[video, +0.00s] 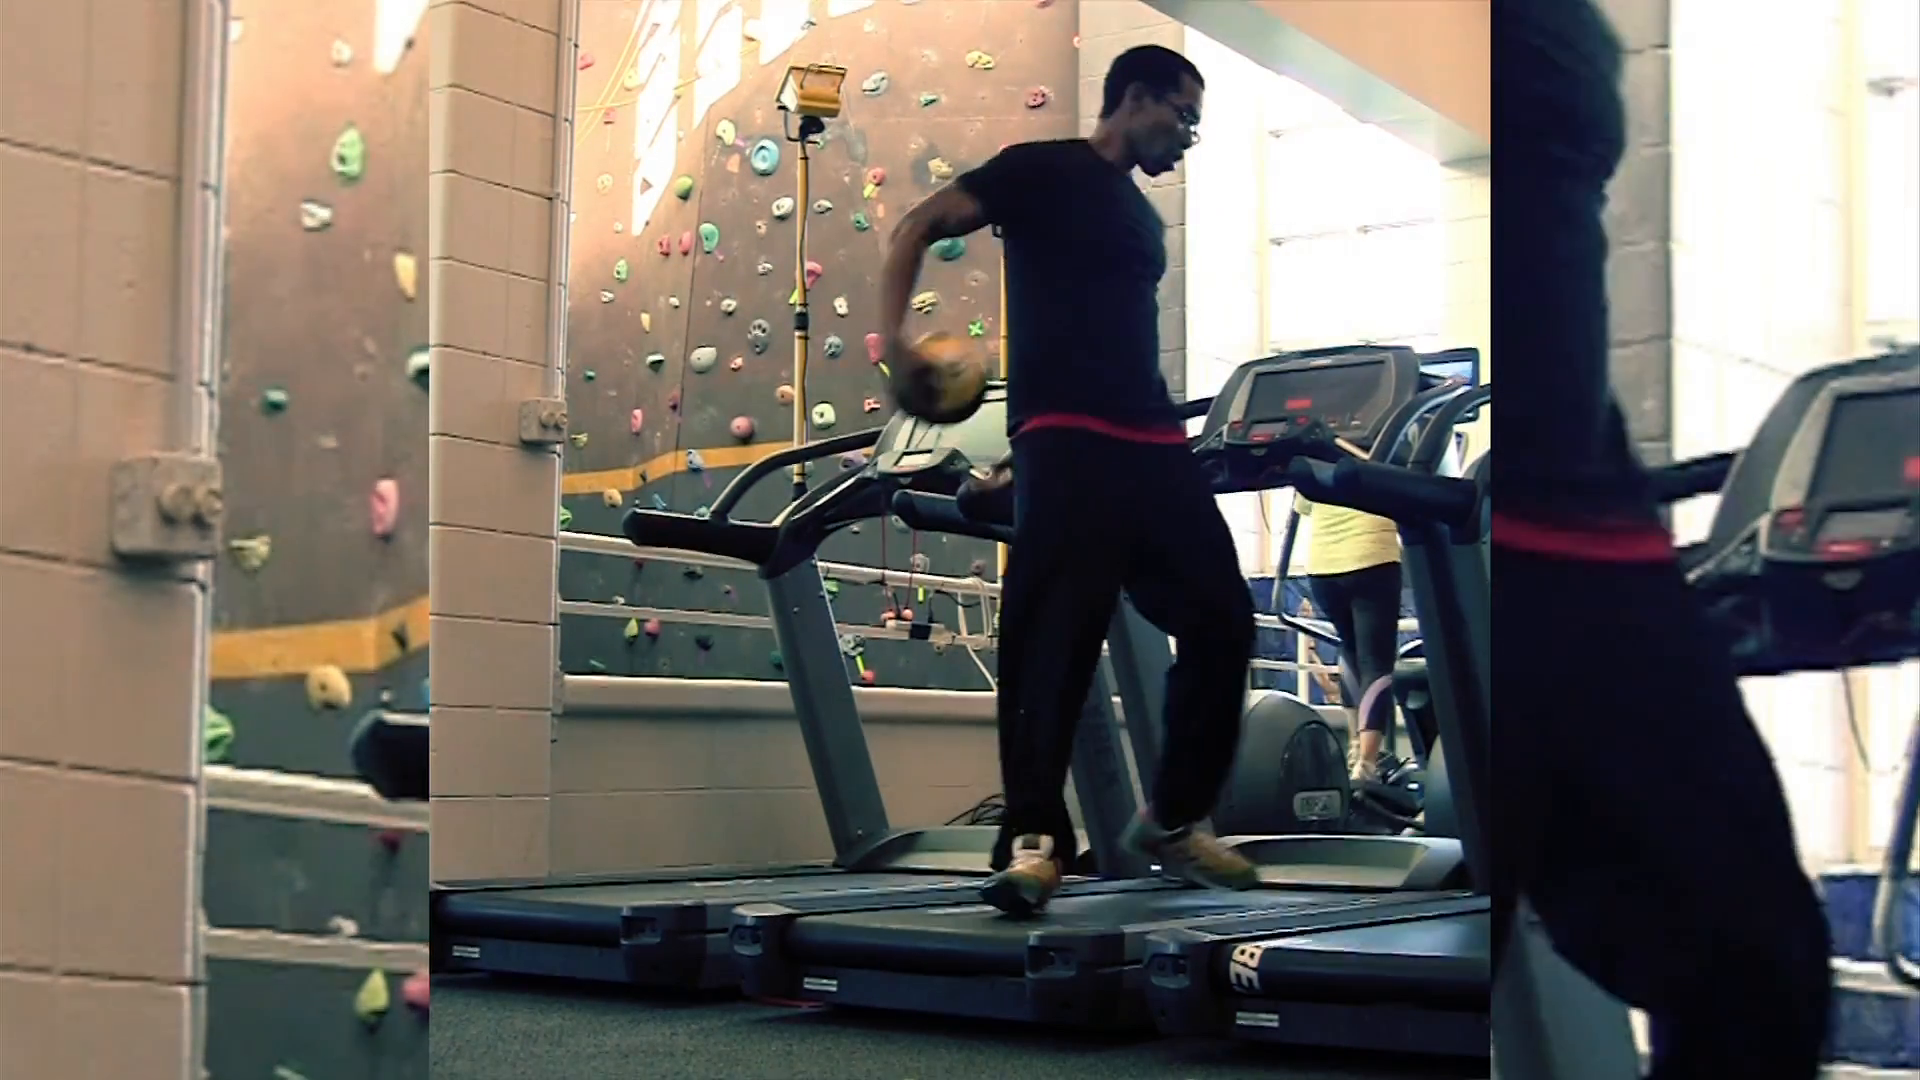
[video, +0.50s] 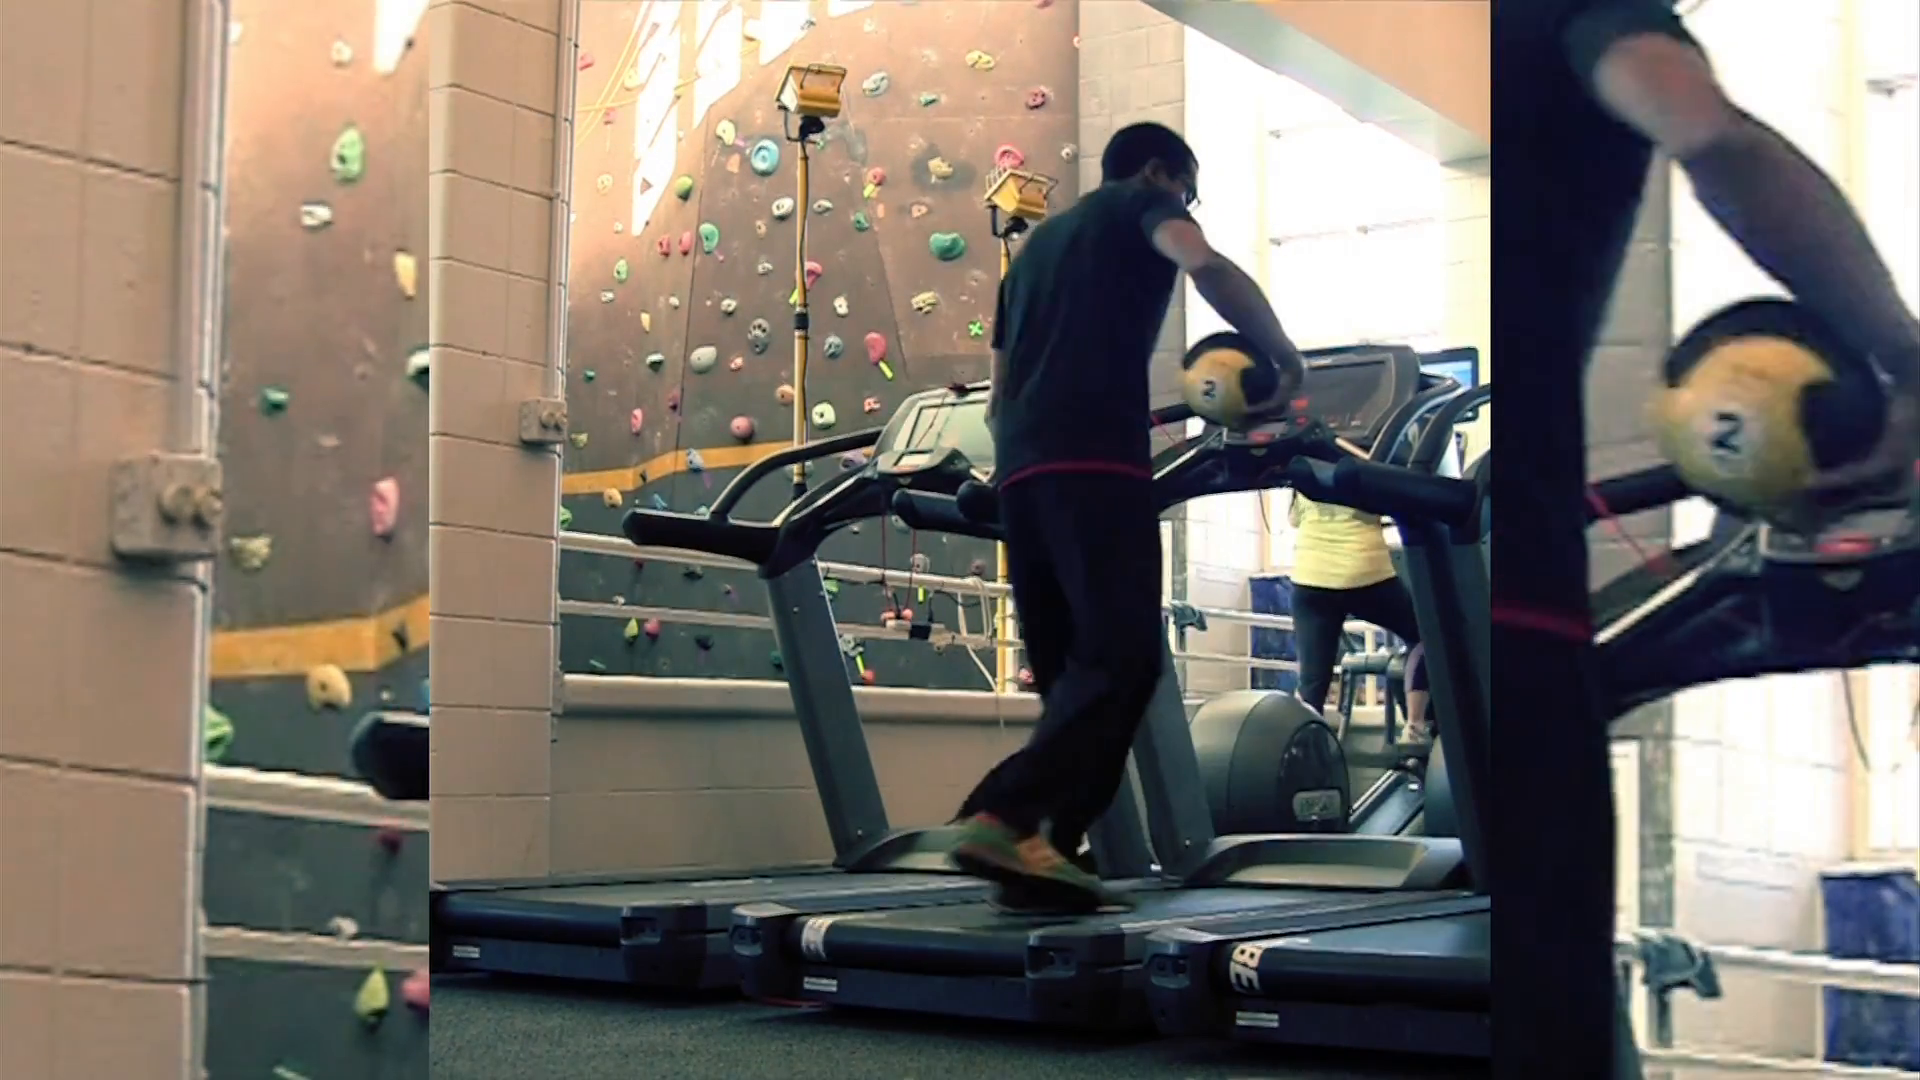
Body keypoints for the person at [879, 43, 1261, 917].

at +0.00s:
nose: (1186, 136)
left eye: (1193, 124)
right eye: (1179, 115)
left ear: (1153, 113)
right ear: (1130, 98)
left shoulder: (1141, 214)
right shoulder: (1042, 168)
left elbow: (1110, 342)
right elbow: (913, 226)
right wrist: (890, 338)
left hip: (1156, 451)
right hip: (1067, 446)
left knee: (1224, 627)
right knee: (1051, 636)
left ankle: (1176, 825)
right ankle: (1034, 838)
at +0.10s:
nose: (1192, 146)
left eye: (1197, 133)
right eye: (1187, 125)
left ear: (1147, 113)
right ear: (1141, 104)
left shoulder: (1124, 207)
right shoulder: (1068, 158)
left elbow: (1080, 335)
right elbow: (946, 214)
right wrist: (960, 318)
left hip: (1142, 455)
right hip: (1071, 447)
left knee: (1200, 627)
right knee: (1057, 639)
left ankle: (1141, 835)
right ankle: (1023, 844)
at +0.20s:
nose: (1194, 159)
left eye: (1199, 146)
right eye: (1189, 139)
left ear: (1149, 128)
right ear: (1147, 120)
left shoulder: (1117, 209)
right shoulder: (1093, 162)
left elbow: (1041, 345)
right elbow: (1006, 205)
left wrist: (1028, 488)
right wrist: (1068, 287)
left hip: (1115, 451)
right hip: (1077, 441)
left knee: (1177, 638)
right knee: (1071, 639)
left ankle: (1108, 848)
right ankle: (998, 854)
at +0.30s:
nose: (1188, 180)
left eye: (1195, 165)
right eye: (1187, 159)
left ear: (1136, 137)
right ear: (1150, 138)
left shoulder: (1060, 224)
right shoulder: (1096, 188)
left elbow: (1013, 369)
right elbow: (1089, 229)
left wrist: (1028, 489)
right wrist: (1175, 309)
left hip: (1075, 462)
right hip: (1082, 456)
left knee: (1156, 642)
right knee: (1088, 642)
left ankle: (1087, 856)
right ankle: (984, 857)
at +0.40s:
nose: (1184, 199)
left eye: (1188, 186)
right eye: (1184, 181)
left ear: (1117, 160)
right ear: (1152, 154)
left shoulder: (1034, 242)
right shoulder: (1126, 192)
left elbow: (1003, 377)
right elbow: (1152, 242)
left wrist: (1023, 467)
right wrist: (1251, 323)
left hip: (1036, 467)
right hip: (1095, 455)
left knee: (1115, 662)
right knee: (1117, 654)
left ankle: (1068, 856)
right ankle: (982, 843)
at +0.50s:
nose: (1188, 203)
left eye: (1190, 193)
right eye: (1185, 189)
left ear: (1110, 170)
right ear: (1156, 169)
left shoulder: (1030, 249)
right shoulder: (1144, 200)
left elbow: (1003, 393)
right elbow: (1206, 266)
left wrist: (1019, 475)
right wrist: (1288, 363)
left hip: (1022, 475)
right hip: (1096, 462)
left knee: (1068, 671)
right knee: (1126, 660)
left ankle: (1043, 850)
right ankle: (1006, 818)